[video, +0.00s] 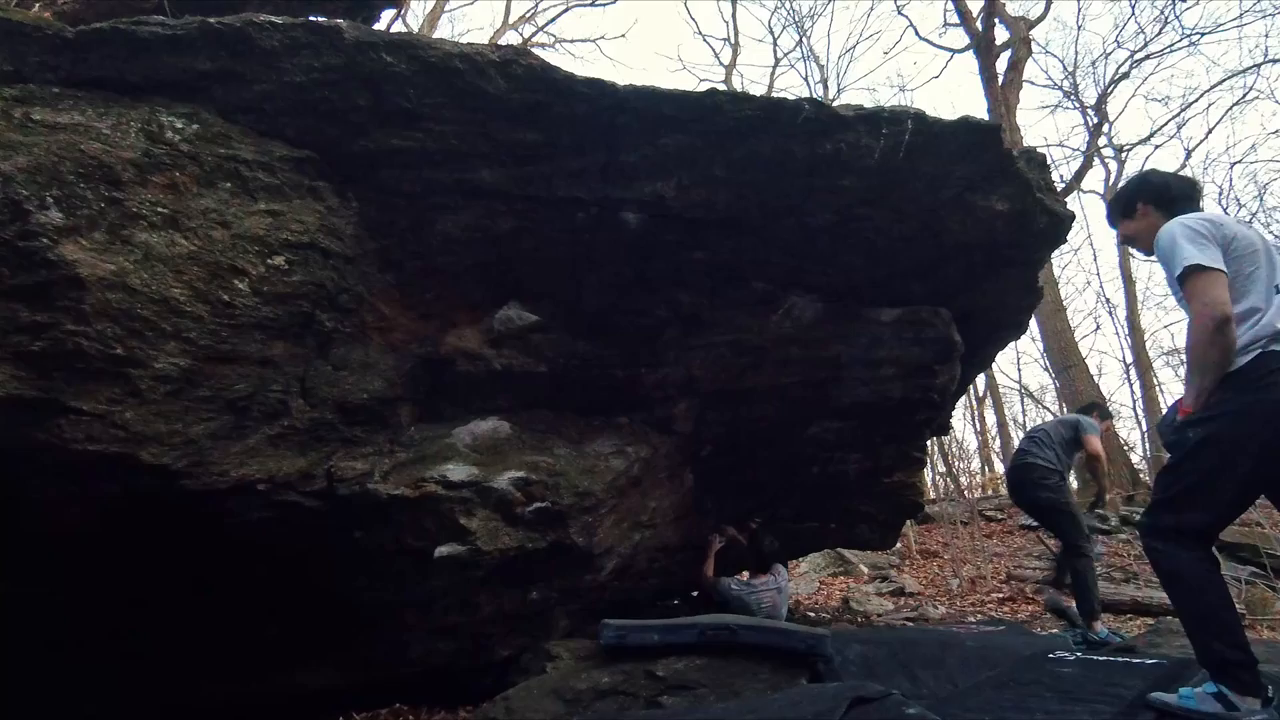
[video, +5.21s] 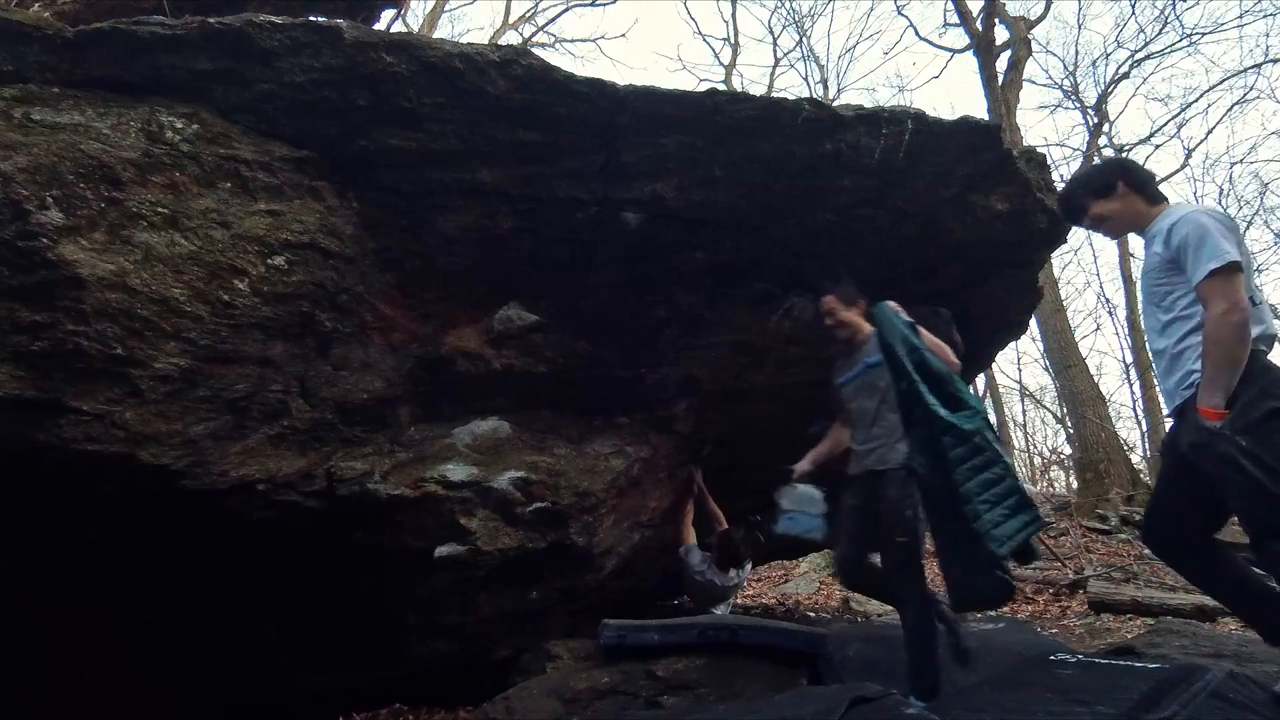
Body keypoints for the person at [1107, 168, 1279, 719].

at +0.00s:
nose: (1125, 240)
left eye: (1124, 226)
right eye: (1120, 231)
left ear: (1148, 209)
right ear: (1170, 206)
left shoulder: (1181, 229)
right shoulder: (1237, 234)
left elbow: (1216, 314)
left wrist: (1195, 400)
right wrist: (1198, 400)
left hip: (1260, 382)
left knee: (1170, 528)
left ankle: (1237, 685)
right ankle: (1239, 682)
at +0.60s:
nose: (1081, 257)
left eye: (1079, 248)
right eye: (1077, 251)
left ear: (1090, 238)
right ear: (1130, 221)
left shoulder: (1116, 248)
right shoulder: (1191, 254)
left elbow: (1154, 331)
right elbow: (1239, 323)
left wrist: (1153, 415)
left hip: (1228, 385)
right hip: (1275, 376)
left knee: (1151, 539)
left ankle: (1237, 687)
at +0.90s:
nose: (1026, 282)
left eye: (1024, 273)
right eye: (1021, 275)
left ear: (1033, 266)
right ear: (1078, 249)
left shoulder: (1053, 276)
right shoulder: (1133, 277)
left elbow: (1096, 348)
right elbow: (1194, 335)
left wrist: (1115, 428)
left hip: (1175, 402)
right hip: (1248, 392)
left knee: (1151, 556)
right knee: (1275, 545)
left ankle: (1237, 701)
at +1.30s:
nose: (987, 274)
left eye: (986, 267)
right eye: (985, 269)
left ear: (994, 262)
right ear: (1042, 248)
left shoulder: (1004, 277)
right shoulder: (1092, 267)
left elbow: (1039, 343)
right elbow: (1149, 319)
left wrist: (1078, 413)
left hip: (1133, 380)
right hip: (1200, 370)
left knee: (1164, 556)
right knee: (1235, 539)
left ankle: (1235, 705)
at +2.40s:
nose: (1044, 271)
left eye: (1040, 261)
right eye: (1038, 264)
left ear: (1053, 244)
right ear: (1094, 237)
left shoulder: (1075, 258)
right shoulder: (1147, 267)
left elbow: (1109, 326)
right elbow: (1191, 330)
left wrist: (1125, 410)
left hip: (1180, 385)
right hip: (1232, 384)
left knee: (1180, 544)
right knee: (1248, 533)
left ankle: (1241, 694)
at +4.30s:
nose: (1096, 249)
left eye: (1091, 238)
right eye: (1089, 245)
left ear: (1108, 212)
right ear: (1114, 213)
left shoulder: (1153, 228)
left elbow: (1170, 308)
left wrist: (1161, 399)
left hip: (1204, 390)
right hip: (1222, 387)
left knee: (1244, 539)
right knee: (1247, 536)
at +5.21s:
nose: (1103, 232)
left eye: (1098, 218)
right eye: (1094, 227)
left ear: (1122, 188)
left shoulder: (1191, 224)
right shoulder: (1163, 245)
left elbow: (1231, 312)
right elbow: (1202, 327)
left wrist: (1211, 408)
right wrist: (1185, 412)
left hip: (1238, 404)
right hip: (1199, 416)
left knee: (1271, 539)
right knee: (1167, 532)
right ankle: (1276, 624)